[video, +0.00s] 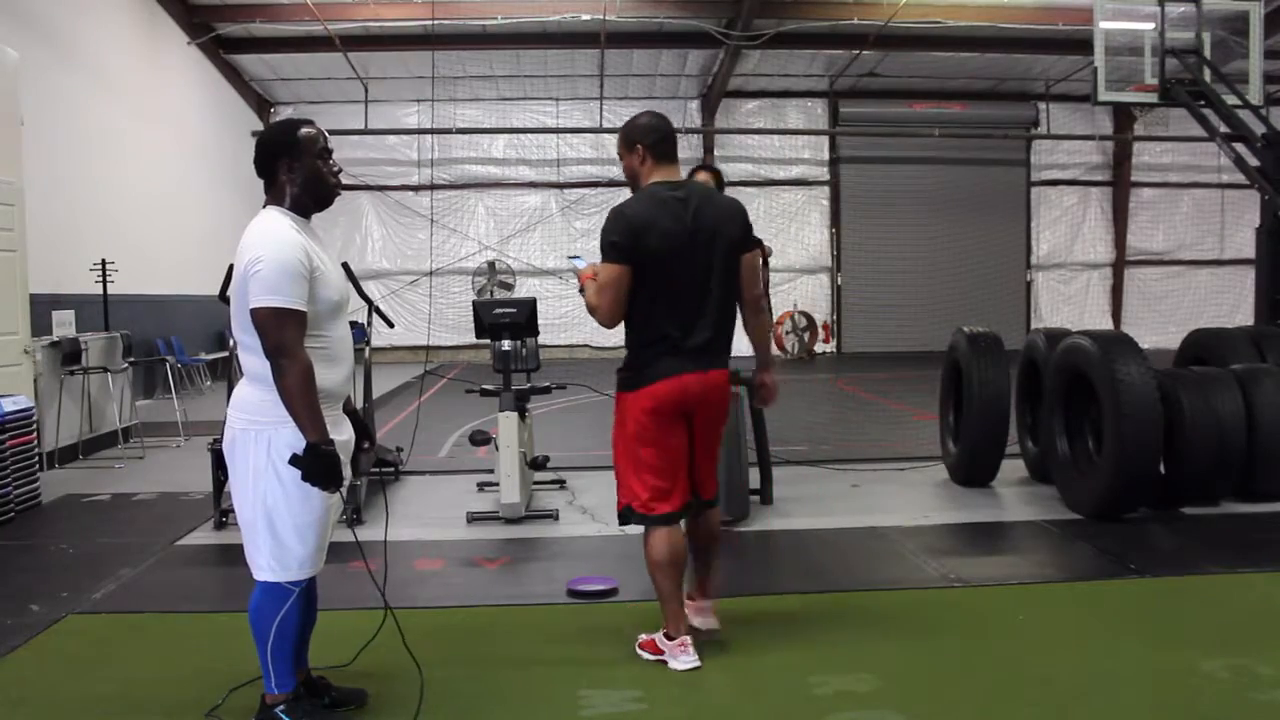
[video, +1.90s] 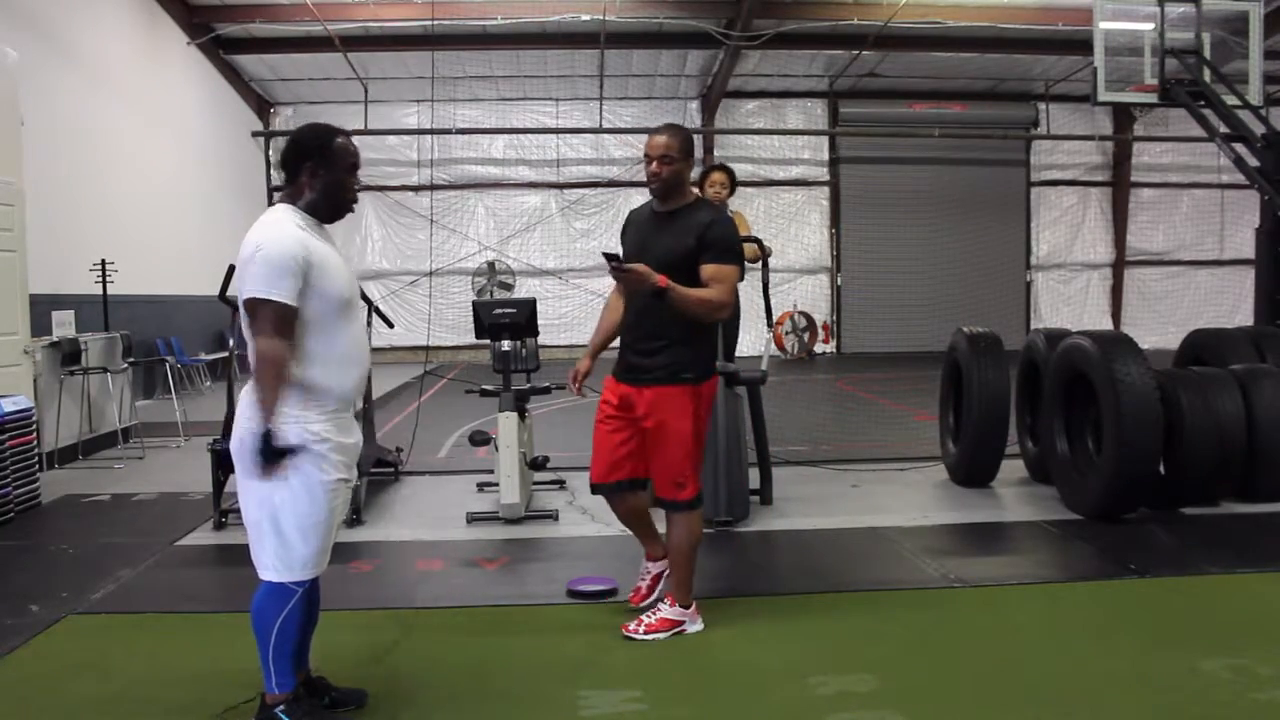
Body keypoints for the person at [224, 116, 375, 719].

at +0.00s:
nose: (337, 167)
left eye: (333, 156)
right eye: (324, 157)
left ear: (294, 171)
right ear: (289, 169)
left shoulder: (297, 238)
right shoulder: (274, 242)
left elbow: (311, 346)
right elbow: (284, 355)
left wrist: (350, 409)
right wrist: (317, 442)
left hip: (299, 427)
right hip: (276, 431)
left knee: (300, 566)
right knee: (283, 571)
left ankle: (297, 680)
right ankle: (281, 697)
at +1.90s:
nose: (357, 187)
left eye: (357, 174)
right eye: (350, 174)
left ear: (315, 175)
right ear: (312, 173)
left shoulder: (310, 235)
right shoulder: (279, 236)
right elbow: (268, 337)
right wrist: (266, 425)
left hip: (319, 427)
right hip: (289, 431)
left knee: (305, 568)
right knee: (288, 573)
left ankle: (298, 680)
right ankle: (279, 699)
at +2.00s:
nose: (370, 189)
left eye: (370, 177)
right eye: (363, 175)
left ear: (324, 175)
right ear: (324, 174)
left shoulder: (318, 236)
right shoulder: (282, 235)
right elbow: (243, 321)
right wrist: (202, 383)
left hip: (323, 429)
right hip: (291, 434)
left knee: (306, 566)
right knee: (287, 571)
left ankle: (299, 681)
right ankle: (278, 698)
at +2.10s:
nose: (378, 191)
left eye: (379, 179)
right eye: (371, 178)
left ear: (332, 177)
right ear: (330, 175)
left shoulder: (324, 239)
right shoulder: (284, 233)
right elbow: (237, 309)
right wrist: (191, 310)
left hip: (326, 426)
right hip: (292, 431)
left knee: (307, 565)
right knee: (289, 572)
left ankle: (297, 683)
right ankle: (280, 700)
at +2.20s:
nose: (378, 192)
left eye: (379, 179)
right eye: (370, 178)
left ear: (333, 178)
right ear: (331, 176)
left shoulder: (326, 235)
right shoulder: (289, 227)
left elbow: (327, 339)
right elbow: (241, 301)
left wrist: (356, 420)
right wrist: (240, 245)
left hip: (324, 426)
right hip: (290, 430)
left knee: (307, 566)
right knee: (290, 571)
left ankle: (299, 681)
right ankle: (280, 698)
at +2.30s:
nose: (369, 194)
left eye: (371, 185)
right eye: (363, 182)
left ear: (326, 174)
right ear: (330, 176)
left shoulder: (326, 234)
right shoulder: (286, 220)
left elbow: (353, 230)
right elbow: (262, 287)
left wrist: (375, 192)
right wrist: (313, 222)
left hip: (323, 423)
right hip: (287, 426)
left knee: (310, 562)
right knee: (292, 567)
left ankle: (299, 681)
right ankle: (279, 698)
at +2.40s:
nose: (378, 192)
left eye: (379, 180)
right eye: (371, 179)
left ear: (334, 177)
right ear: (332, 174)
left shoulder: (328, 232)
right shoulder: (290, 224)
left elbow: (366, 265)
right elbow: (286, 288)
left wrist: (416, 228)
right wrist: (363, 260)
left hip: (319, 420)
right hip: (283, 423)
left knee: (319, 562)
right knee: (304, 567)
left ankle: (299, 678)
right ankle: (280, 698)